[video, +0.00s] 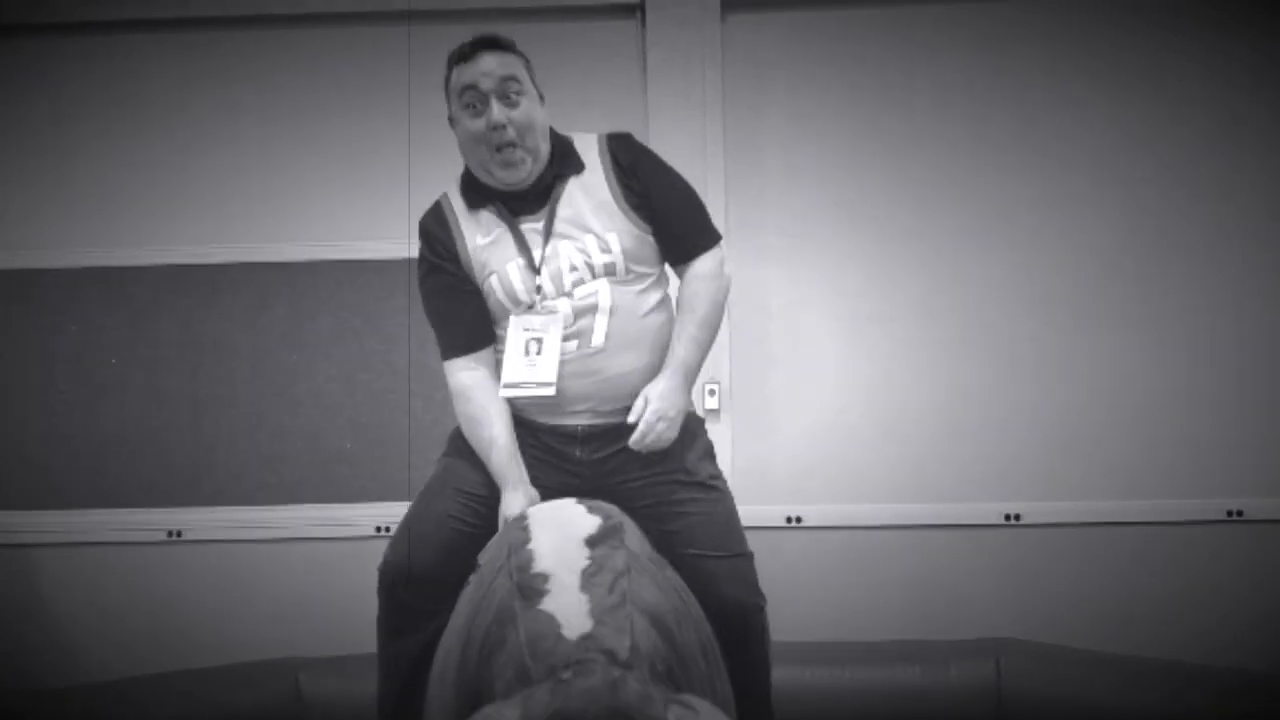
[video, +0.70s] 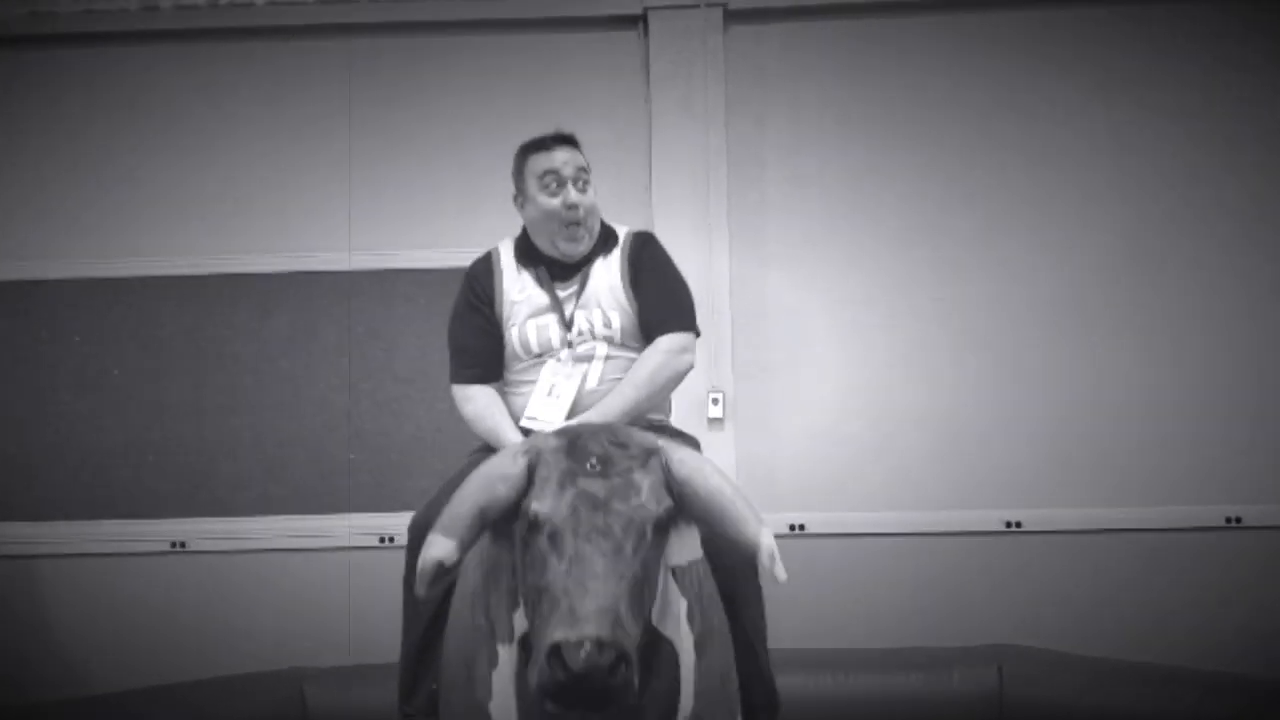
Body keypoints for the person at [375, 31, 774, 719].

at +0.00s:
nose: (497, 118)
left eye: (512, 95)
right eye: (474, 104)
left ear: (542, 103)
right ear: (453, 126)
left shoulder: (619, 161)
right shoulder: (447, 228)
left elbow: (707, 263)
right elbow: (470, 373)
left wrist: (677, 378)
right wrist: (513, 482)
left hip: (651, 441)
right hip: (513, 448)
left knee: (735, 604)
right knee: (411, 574)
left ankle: (750, 718)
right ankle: (406, 715)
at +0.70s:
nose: (572, 199)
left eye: (581, 182)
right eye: (552, 185)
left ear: (596, 191)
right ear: (521, 204)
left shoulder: (636, 252)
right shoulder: (489, 274)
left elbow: (677, 348)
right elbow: (470, 388)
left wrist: (592, 427)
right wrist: (524, 448)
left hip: (634, 432)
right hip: (524, 440)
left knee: (736, 537)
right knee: (431, 539)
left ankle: (757, 699)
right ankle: (418, 701)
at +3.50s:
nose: (497, 63)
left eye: (496, 52)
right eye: (467, 61)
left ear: (518, 72)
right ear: (444, 110)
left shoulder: (595, 135)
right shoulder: (447, 197)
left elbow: (693, 197)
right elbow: (471, 330)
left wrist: (807, 215)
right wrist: (507, 439)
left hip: (638, 390)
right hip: (509, 402)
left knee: (712, 553)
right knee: (419, 537)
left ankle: (740, 710)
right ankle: (404, 709)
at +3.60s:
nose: (501, 69)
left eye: (501, 56)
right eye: (472, 66)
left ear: (524, 74)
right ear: (451, 115)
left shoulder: (599, 139)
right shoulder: (450, 200)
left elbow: (696, 208)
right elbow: (471, 331)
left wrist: (796, 232)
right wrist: (508, 435)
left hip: (637, 387)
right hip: (510, 398)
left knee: (713, 545)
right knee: (420, 532)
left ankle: (742, 708)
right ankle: (401, 706)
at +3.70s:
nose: (506, 73)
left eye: (507, 61)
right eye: (478, 71)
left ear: (531, 82)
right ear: (458, 116)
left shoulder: (602, 146)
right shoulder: (452, 201)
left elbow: (689, 216)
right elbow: (470, 328)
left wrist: (764, 252)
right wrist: (508, 426)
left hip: (635, 384)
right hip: (514, 395)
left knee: (712, 537)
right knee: (422, 527)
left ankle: (742, 698)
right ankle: (400, 702)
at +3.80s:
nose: (514, 84)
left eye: (517, 71)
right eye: (488, 81)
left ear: (539, 88)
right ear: (465, 124)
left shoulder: (607, 155)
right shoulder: (455, 203)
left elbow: (682, 226)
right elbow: (469, 328)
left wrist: (729, 281)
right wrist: (512, 423)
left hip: (633, 381)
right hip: (512, 391)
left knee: (709, 518)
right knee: (426, 511)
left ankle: (744, 691)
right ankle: (405, 692)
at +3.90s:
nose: (519, 95)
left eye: (525, 82)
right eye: (495, 91)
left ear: (546, 102)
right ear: (472, 131)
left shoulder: (611, 167)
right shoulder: (459, 208)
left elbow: (686, 249)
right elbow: (464, 325)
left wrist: (675, 316)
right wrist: (510, 412)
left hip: (631, 385)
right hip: (511, 392)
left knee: (707, 505)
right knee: (428, 503)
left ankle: (742, 691)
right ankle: (407, 686)